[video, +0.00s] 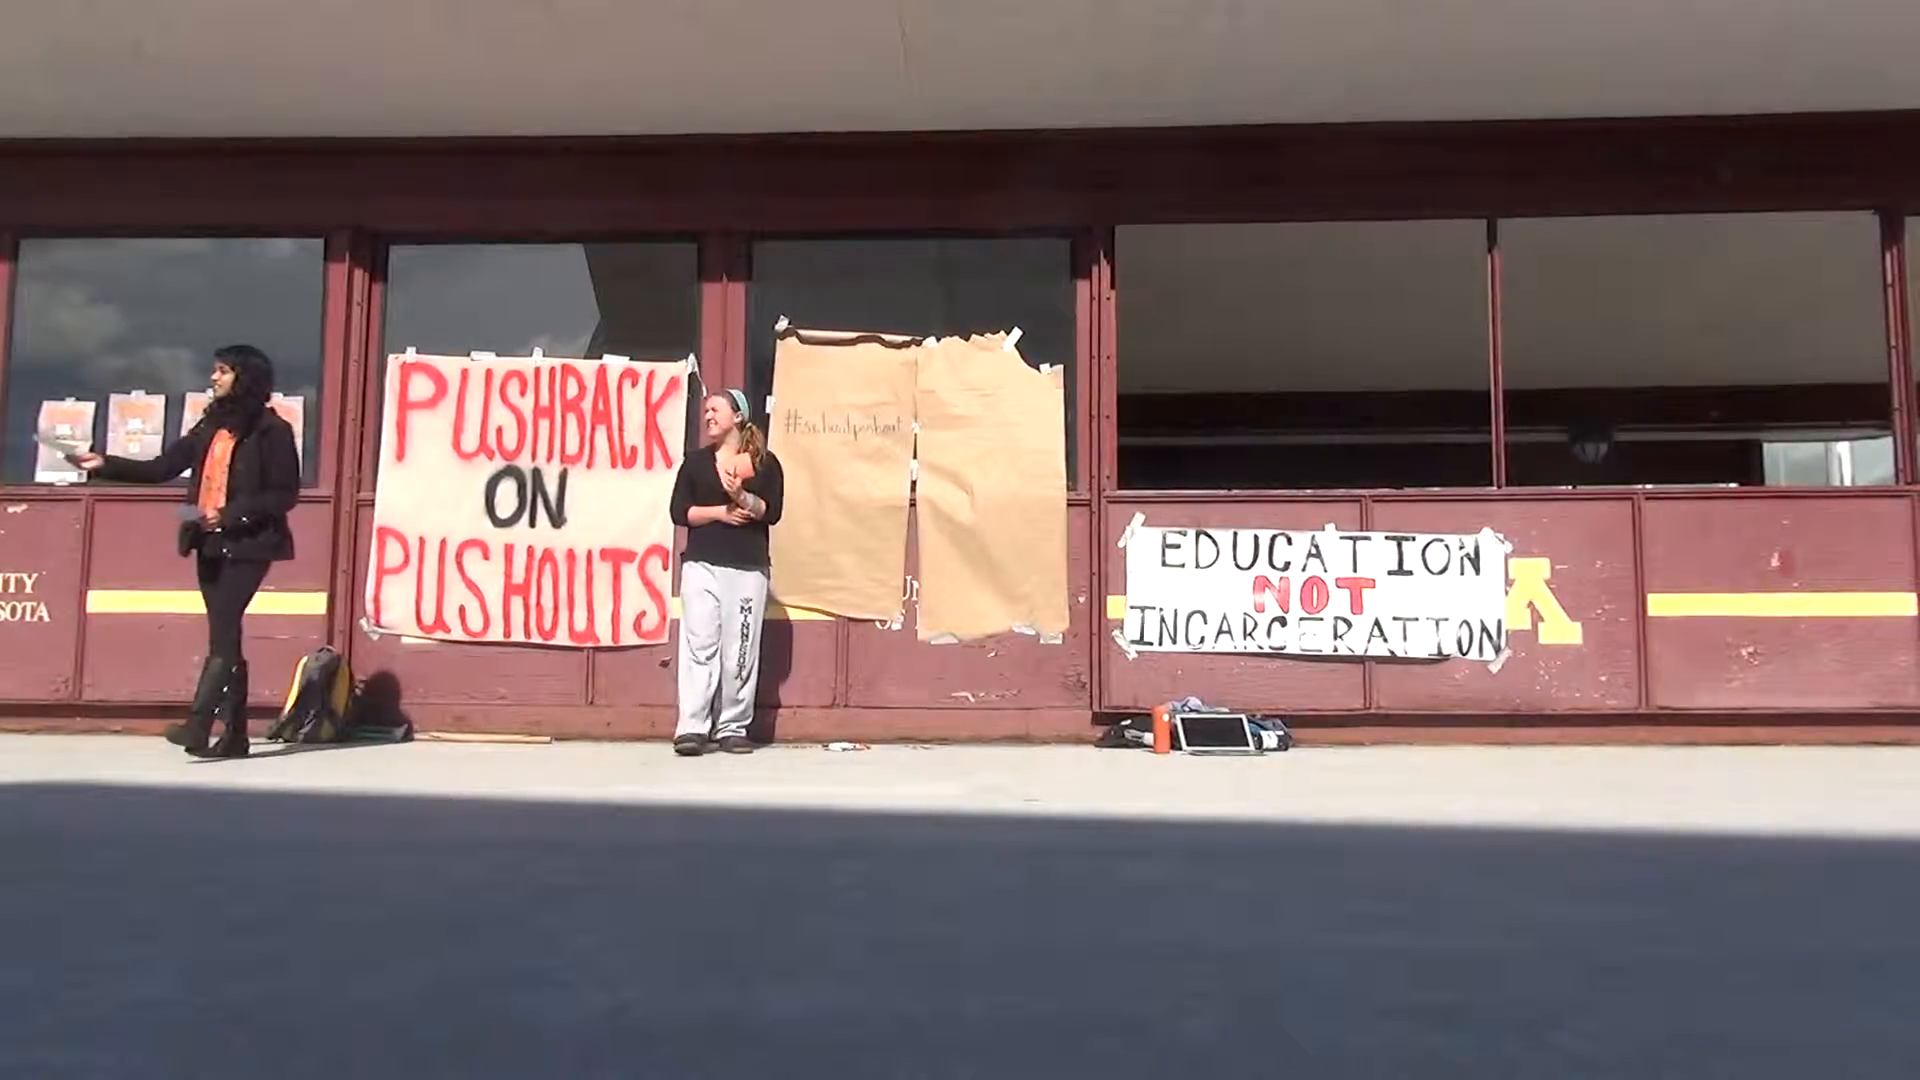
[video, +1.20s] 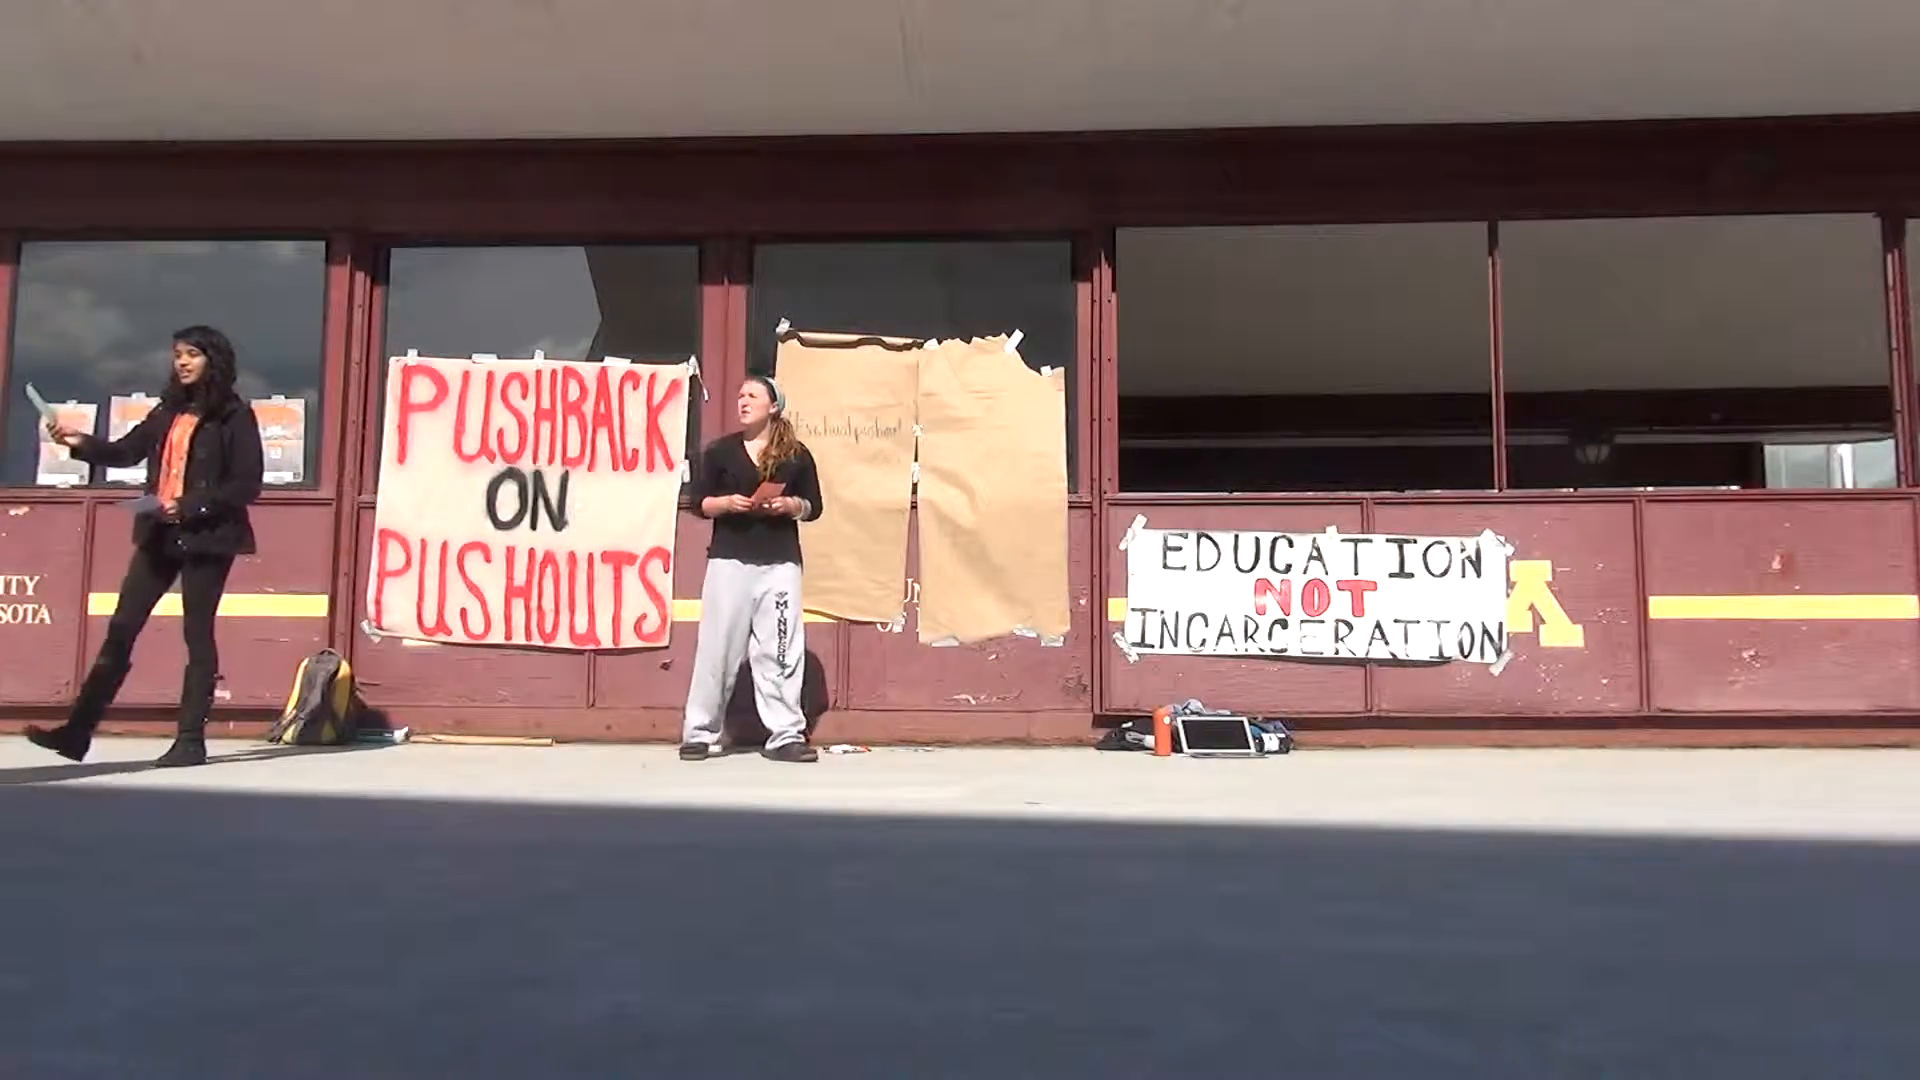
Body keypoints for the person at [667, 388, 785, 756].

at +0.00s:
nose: (708, 416)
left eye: (715, 410)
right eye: (707, 411)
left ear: (738, 416)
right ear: (709, 416)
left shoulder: (765, 462)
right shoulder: (695, 461)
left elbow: (772, 514)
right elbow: (679, 512)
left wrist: (739, 494)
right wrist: (718, 513)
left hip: (747, 566)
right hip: (701, 563)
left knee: (740, 647)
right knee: (699, 646)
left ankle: (733, 728)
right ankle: (691, 728)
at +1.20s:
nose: (742, 402)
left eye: (752, 397)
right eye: (740, 396)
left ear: (774, 406)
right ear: (736, 405)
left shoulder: (796, 455)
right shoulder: (718, 452)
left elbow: (813, 507)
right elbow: (695, 503)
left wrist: (791, 506)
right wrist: (725, 504)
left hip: (780, 564)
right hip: (729, 562)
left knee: (781, 651)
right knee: (717, 648)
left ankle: (785, 736)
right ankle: (699, 735)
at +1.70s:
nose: (797, 400)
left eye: (805, 394)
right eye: (791, 395)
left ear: (821, 403)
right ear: (784, 403)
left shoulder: (837, 452)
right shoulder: (771, 442)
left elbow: (850, 511)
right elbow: (756, 484)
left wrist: (834, 493)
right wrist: (754, 480)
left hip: (818, 559)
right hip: (772, 553)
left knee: (809, 646)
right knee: (773, 641)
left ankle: (792, 737)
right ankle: (756, 737)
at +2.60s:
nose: (820, 382)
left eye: (830, 379)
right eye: (815, 375)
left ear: (841, 391)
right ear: (803, 382)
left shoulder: (849, 438)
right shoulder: (776, 429)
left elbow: (858, 504)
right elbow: (764, 482)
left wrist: (859, 487)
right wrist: (795, 476)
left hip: (842, 555)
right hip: (791, 551)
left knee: (855, 646)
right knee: (793, 649)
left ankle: (840, 737)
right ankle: (795, 743)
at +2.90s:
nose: (847, 382)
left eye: (856, 377)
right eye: (841, 374)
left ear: (866, 388)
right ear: (827, 381)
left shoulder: (870, 434)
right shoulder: (808, 428)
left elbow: (881, 504)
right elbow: (788, 479)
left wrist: (879, 484)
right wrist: (822, 478)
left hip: (861, 552)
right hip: (811, 550)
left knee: (875, 647)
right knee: (800, 652)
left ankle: (897, 739)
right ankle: (801, 746)